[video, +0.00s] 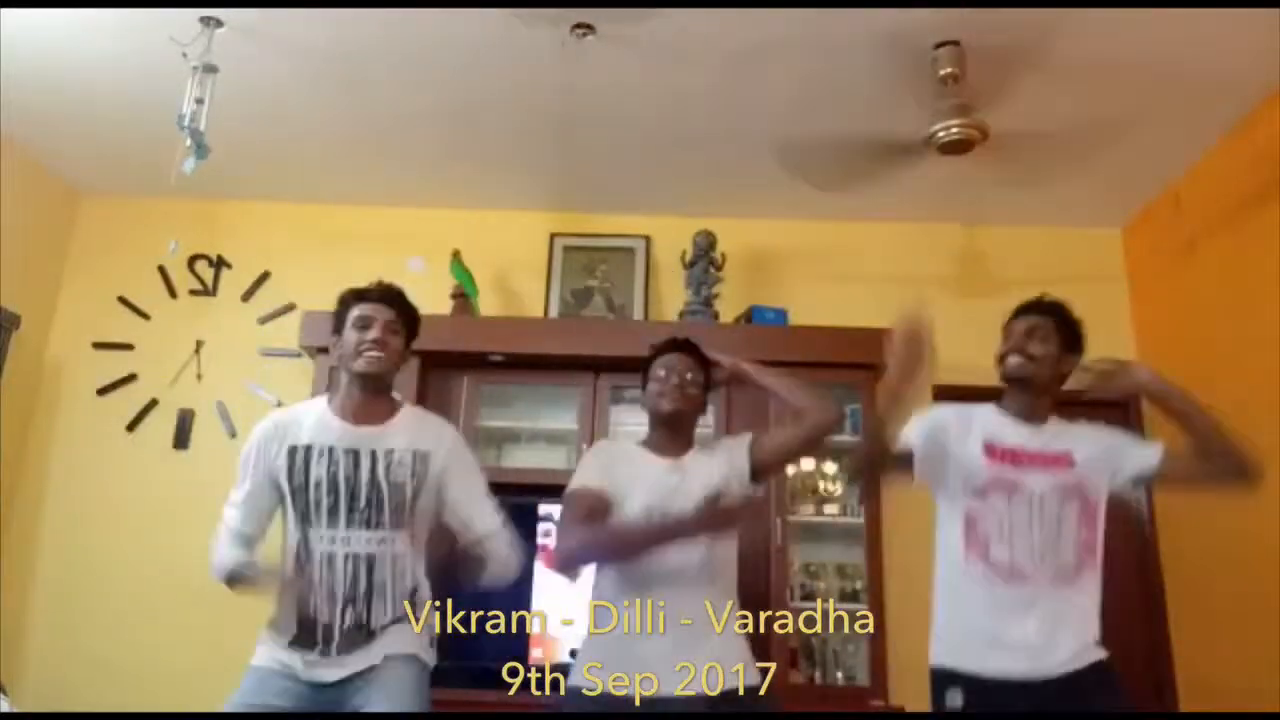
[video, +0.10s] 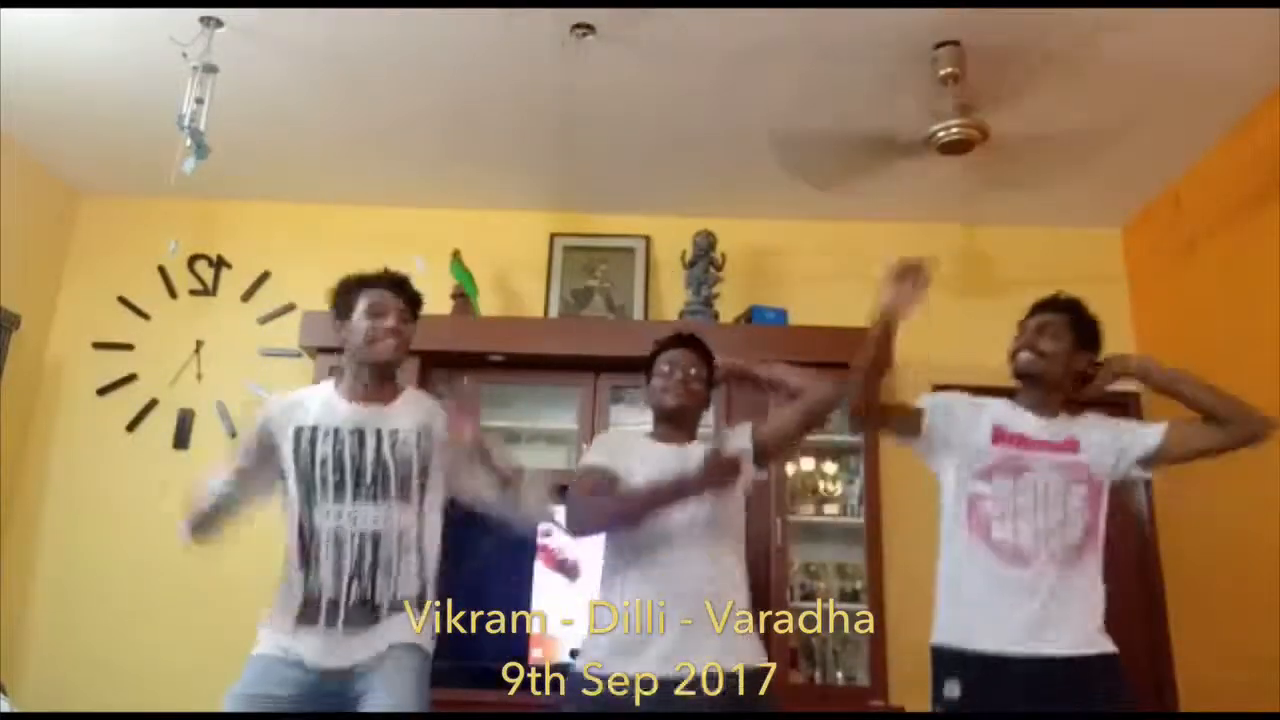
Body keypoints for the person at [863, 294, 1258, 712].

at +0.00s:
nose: (1019, 346)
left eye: (1038, 338)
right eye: (1011, 338)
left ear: (1068, 366)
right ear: (998, 356)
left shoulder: (1097, 447)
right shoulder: (952, 428)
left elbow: (1234, 469)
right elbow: (867, 468)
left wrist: (1151, 386)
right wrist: (890, 393)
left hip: (1075, 677)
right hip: (971, 679)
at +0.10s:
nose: (1026, 342)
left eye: (1047, 334)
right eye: (1022, 332)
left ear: (1081, 362)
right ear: (1011, 349)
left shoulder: (1105, 438)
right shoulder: (961, 419)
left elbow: (1248, 427)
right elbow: (866, 414)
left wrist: (1146, 373)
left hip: (1077, 665)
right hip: (973, 664)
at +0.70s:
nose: (1067, 377)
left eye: (1086, 372)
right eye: (1062, 370)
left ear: (1119, 400)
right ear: (1051, 385)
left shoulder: (1137, 478)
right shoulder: (991, 438)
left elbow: (1267, 434)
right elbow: (894, 357)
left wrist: (1156, 389)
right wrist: (891, 254)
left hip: (1107, 690)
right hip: (1000, 674)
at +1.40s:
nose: (1066, 348)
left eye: (1086, 340)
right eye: (1060, 333)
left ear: (1117, 354)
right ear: (1048, 337)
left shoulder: (1135, 443)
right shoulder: (991, 402)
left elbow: (1267, 469)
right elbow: (877, 389)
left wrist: (1220, 365)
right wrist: (909, 284)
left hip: (1093, 657)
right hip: (989, 644)